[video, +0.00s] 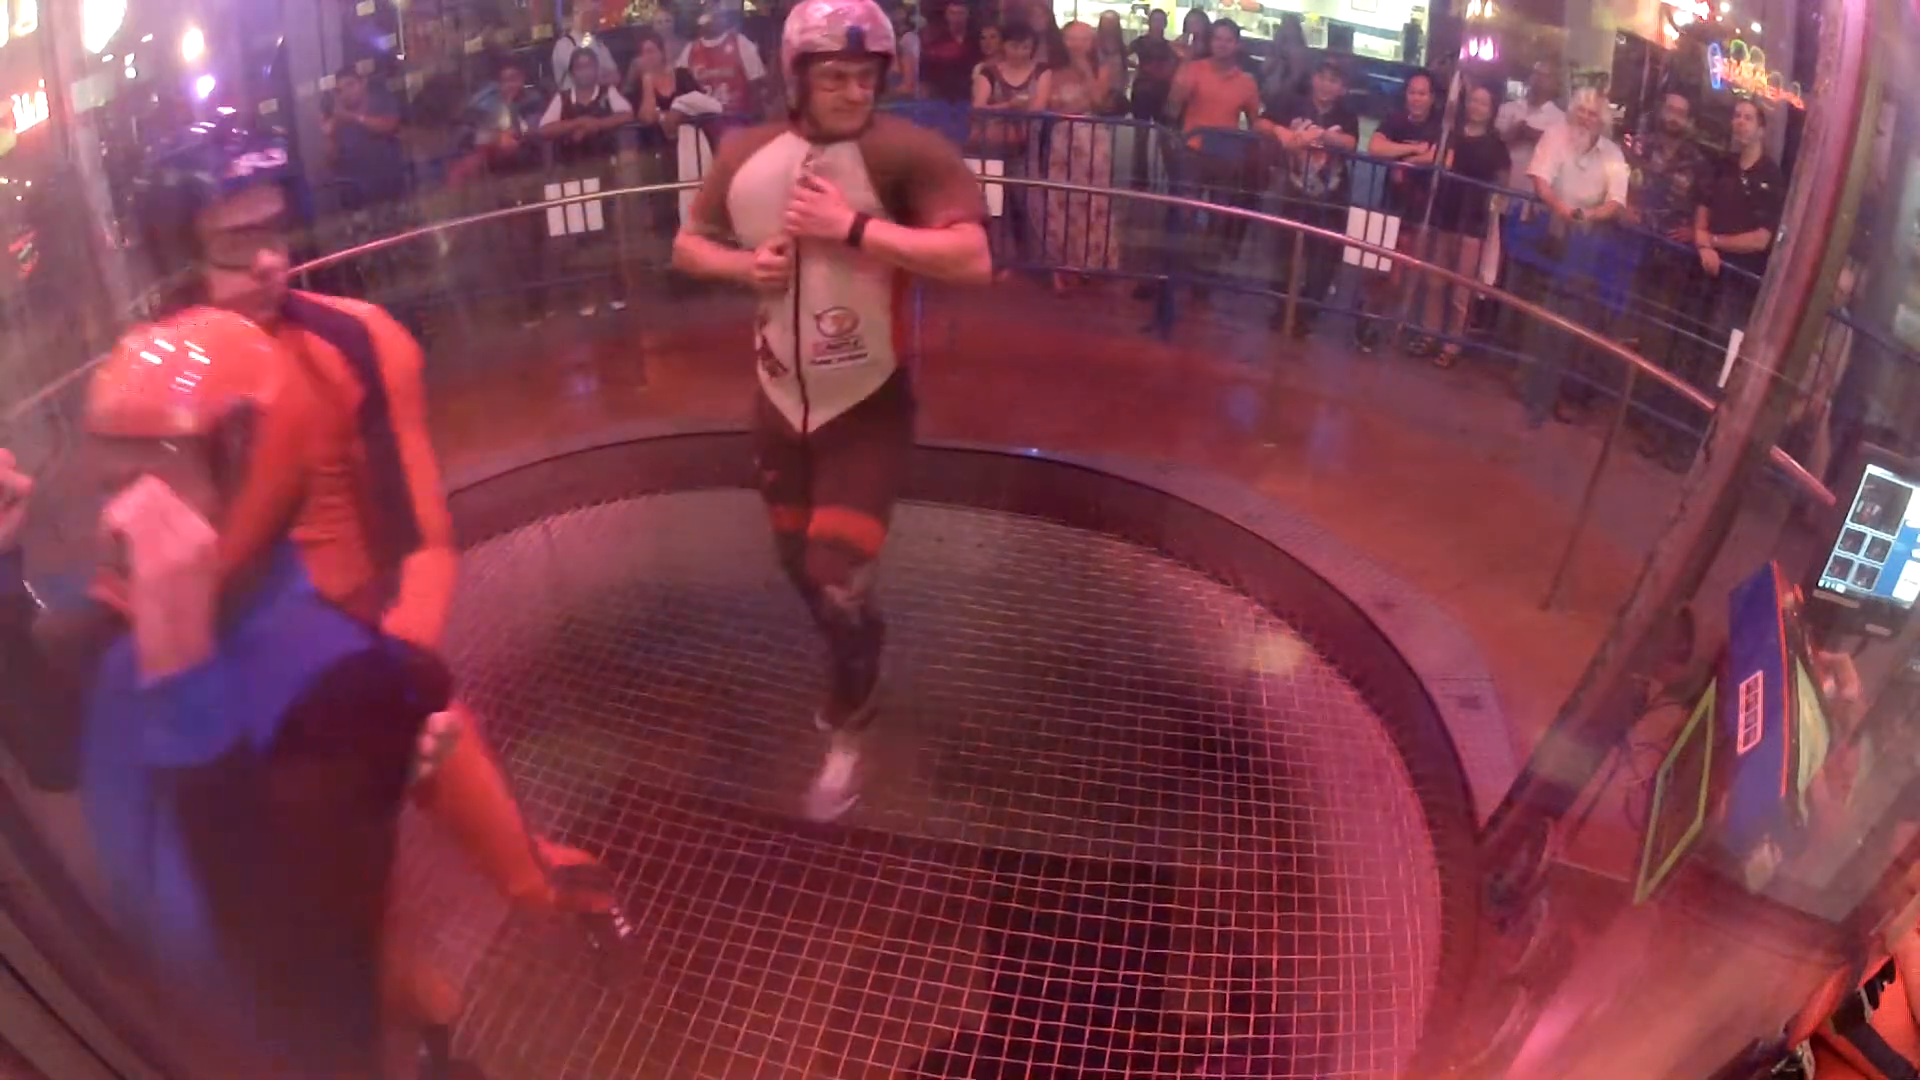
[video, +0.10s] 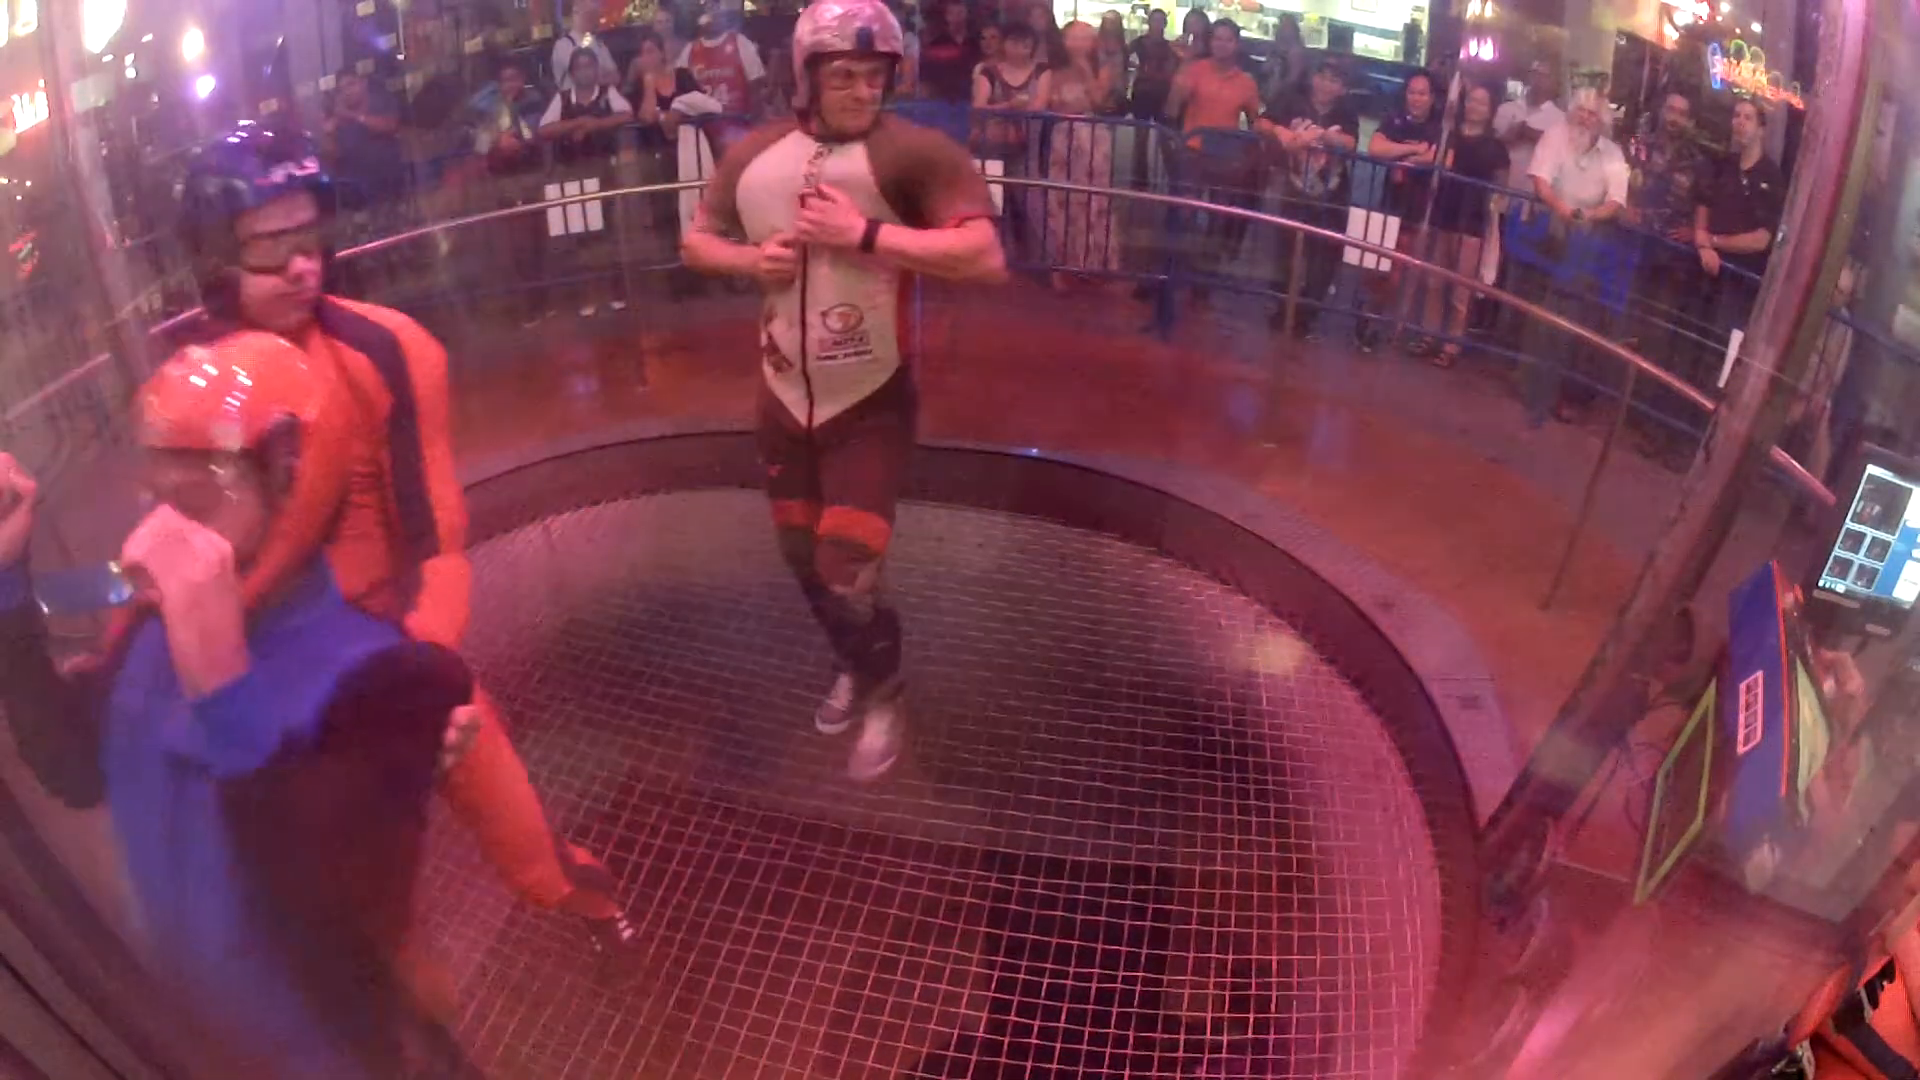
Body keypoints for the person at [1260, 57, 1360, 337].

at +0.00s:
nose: (1329, 87)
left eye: (1335, 82)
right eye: (1324, 79)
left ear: (1343, 88)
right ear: (1313, 79)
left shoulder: (1345, 113)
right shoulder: (1292, 103)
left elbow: (1351, 144)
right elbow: (1261, 123)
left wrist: (1322, 135)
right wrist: (1286, 135)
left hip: (1330, 196)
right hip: (1294, 189)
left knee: (1325, 255)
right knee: (1286, 248)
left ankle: (1307, 314)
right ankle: (1281, 306)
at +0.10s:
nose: (1332, 87)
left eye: (1338, 82)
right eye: (1328, 79)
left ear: (1344, 88)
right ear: (1314, 78)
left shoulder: (1345, 110)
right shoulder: (1291, 100)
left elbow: (1350, 144)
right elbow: (1261, 123)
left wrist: (1323, 135)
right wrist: (1286, 135)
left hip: (1331, 194)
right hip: (1294, 187)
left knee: (1324, 255)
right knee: (1287, 247)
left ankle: (1307, 316)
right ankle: (1281, 307)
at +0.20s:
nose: (1327, 86)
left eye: (1335, 82)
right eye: (1324, 79)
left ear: (1343, 87)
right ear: (1313, 78)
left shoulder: (1345, 110)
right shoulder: (1292, 100)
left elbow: (1351, 144)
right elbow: (1262, 123)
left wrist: (1329, 136)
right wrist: (1288, 137)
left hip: (1331, 190)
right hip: (1294, 184)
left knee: (1325, 253)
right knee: (1287, 246)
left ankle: (1308, 314)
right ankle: (1281, 306)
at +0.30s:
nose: (1326, 85)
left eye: (1334, 81)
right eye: (1323, 78)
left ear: (1343, 88)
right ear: (1314, 78)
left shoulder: (1345, 110)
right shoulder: (1293, 100)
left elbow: (1351, 143)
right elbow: (1264, 124)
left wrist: (1328, 136)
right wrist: (1289, 137)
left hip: (1331, 191)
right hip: (1294, 185)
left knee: (1325, 253)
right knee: (1286, 246)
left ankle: (1308, 313)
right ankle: (1282, 305)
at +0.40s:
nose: (1326, 85)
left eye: (1333, 81)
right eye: (1323, 78)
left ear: (1343, 88)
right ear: (1313, 78)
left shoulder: (1345, 111)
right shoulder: (1293, 101)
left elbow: (1351, 144)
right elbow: (1262, 124)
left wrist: (1324, 136)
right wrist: (1288, 137)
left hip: (1331, 193)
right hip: (1294, 186)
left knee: (1324, 254)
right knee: (1286, 247)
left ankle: (1308, 313)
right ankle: (1282, 306)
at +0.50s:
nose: (1325, 85)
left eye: (1333, 81)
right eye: (1322, 78)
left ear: (1343, 90)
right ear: (1312, 79)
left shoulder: (1345, 114)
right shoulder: (1295, 107)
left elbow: (1350, 144)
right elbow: (1264, 126)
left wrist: (1323, 135)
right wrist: (1290, 138)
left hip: (1329, 195)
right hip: (1293, 189)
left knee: (1323, 256)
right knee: (1286, 248)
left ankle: (1307, 314)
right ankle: (1281, 306)